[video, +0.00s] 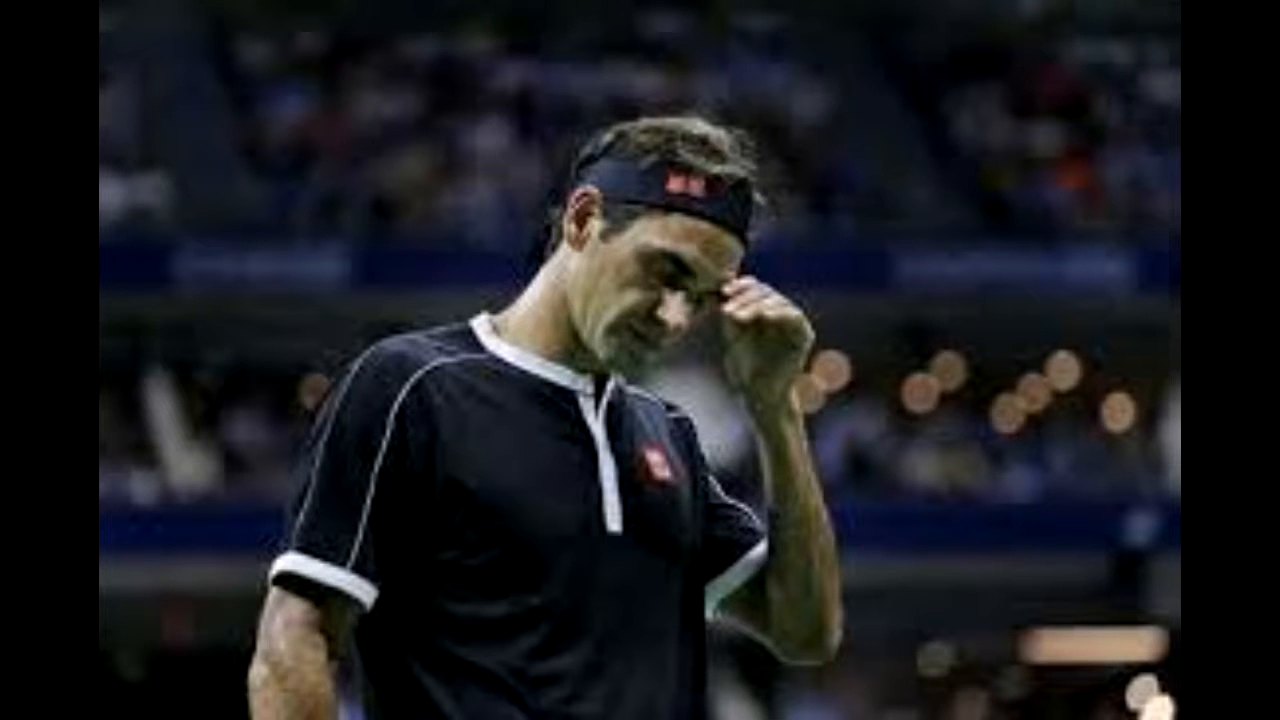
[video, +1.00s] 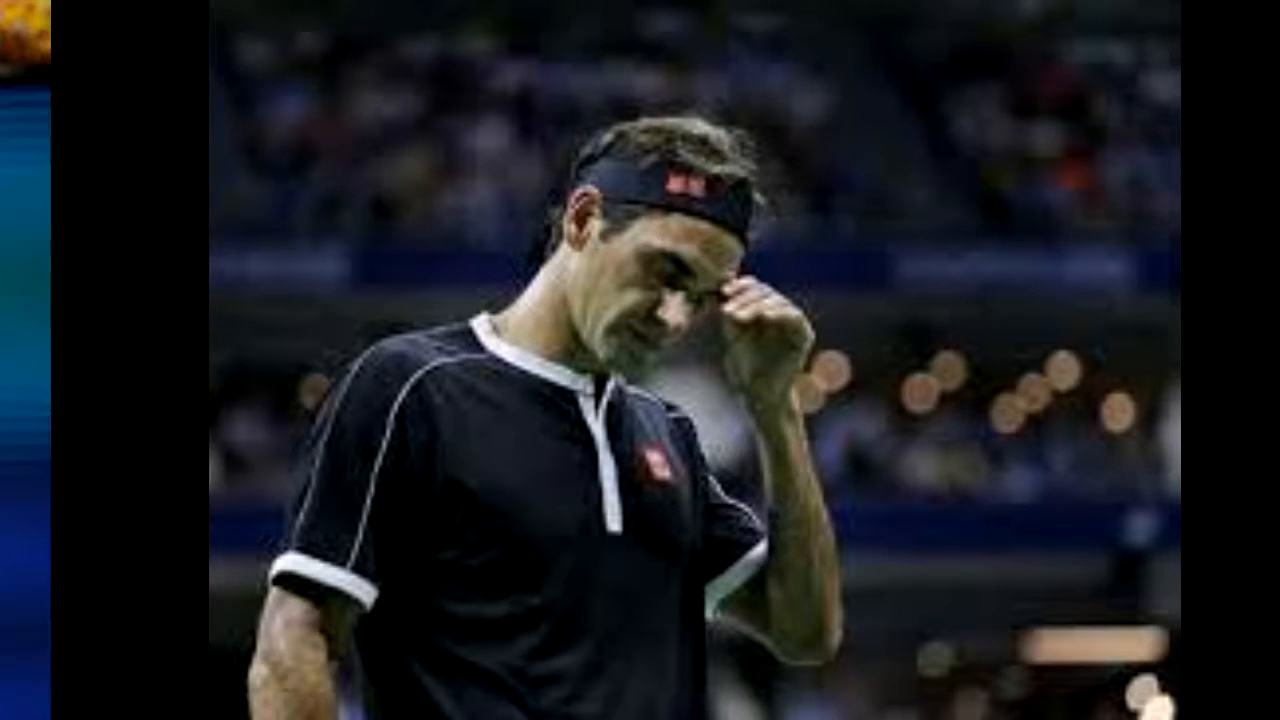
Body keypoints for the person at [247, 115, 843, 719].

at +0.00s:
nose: (675, 317)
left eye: (701, 299)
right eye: (664, 272)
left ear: (718, 301)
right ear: (584, 221)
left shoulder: (664, 436)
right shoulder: (404, 386)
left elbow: (805, 633)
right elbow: (292, 641)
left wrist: (776, 410)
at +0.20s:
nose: (675, 317)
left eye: (701, 299)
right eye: (664, 272)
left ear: (718, 301)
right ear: (584, 221)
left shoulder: (664, 436)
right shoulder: (404, 386)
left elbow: (805, 633)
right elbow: (292, 641)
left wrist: (776, 410)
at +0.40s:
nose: (675, 318)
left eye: (702, 299)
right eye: (665, 273)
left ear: (720, 301)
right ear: (584, 221)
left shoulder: (664, 435)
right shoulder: (404, 386)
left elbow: (805, 633)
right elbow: (292, 642)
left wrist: (776, 410)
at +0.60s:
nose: (675, 318)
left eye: (701, 299)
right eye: (665, 273)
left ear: (719, 301)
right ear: (584, 221)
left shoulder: (664, 435)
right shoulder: (404, 386)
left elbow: (805, 633)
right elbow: (292, 642)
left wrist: (776, 410)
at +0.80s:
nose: (676, 318)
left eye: (702, 299)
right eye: (665, 273)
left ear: (719, 301)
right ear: (584, 221)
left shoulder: (664, 435)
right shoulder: (404, 386)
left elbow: (805, 633)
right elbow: (292, 642)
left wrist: (776, 410)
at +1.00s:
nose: (675, 317)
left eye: (701, 299)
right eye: (664, 273)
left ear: (718, 301)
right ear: (584, 220)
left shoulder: (664, 435)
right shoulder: (403, 386)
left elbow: (805, 634)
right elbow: (292, 641)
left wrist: (776, 409)